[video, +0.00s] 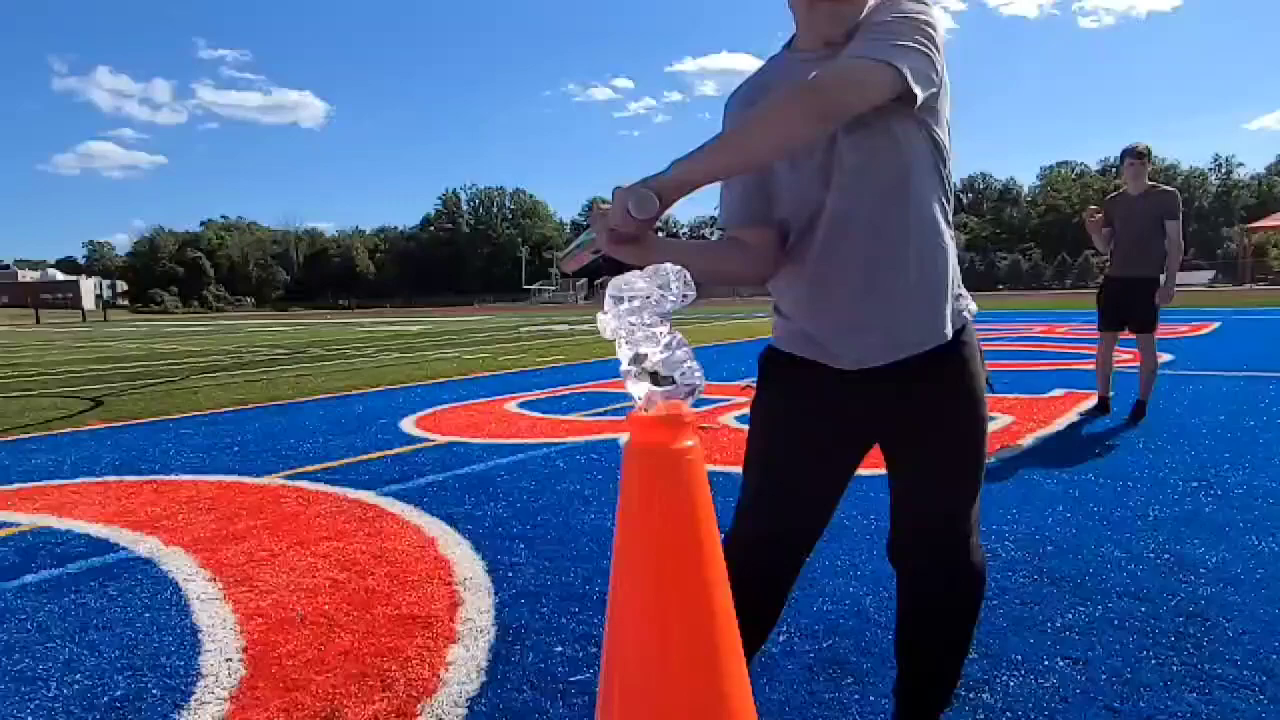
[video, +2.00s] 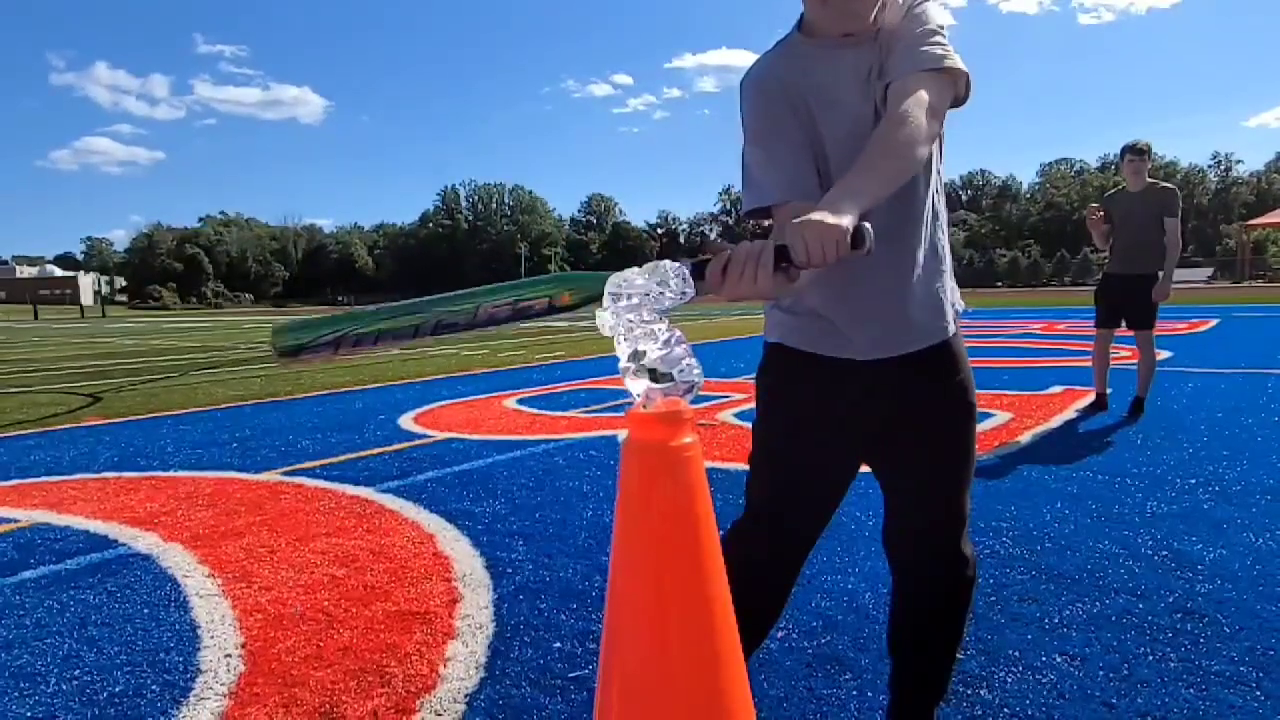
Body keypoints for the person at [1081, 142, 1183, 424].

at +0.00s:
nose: (1135, 164)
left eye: (1140, 159)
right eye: (1129, 160)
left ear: (1148, 165)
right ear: (1122, 167)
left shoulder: (1167, 197)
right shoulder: (1113, 202)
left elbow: (1174, 243)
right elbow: (1104, 247)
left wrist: (1168, 284)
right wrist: (1094, 229)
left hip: (1146, 280)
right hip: (1115, 280)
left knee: (1145, 343)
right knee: (1106, 341)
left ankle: (1141, 402)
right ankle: (1103, 400)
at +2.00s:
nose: (1136, 165)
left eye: (1141, 160)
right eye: (1131, 160)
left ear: (1149, 163)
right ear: (1122, 165)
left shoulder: (1166, 194)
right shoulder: (1112, 199)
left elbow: (1173, 240)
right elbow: (1102, 244)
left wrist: (1166, 279)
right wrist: (1095, 227)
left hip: (1145, 278)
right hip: (1113, 277)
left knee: (1144, 342)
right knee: (1102, 338)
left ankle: (1139, 400)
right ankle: (1100, 396)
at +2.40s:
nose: (1136, 164)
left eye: (1141, 159)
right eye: (1130, 160)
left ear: (1149, 163)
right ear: (1121, 164)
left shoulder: (1166, 194)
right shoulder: (1112, 199)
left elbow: (1173, 240)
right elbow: (1102, 243)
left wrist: (1165, 278)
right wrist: (1094, 225)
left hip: (1144, 277)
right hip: (1112, 276)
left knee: (1144, 341)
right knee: (1101, 338)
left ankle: (1139, 399)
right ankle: (1099, 395)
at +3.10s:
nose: (1134, 164)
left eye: (1140, 159)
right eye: (1129, 159)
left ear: (1148, 163)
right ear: (1120, 164)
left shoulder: (1165, 193)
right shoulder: (1111, 198)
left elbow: (1172, 240)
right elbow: (1101, 243)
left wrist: (1163, 278)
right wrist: (1094, 225)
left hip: (1143, 277)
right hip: (1111, 276)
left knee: (1142, 341)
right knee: (1099, 338)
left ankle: (1137, 398)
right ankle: (1098, 395)